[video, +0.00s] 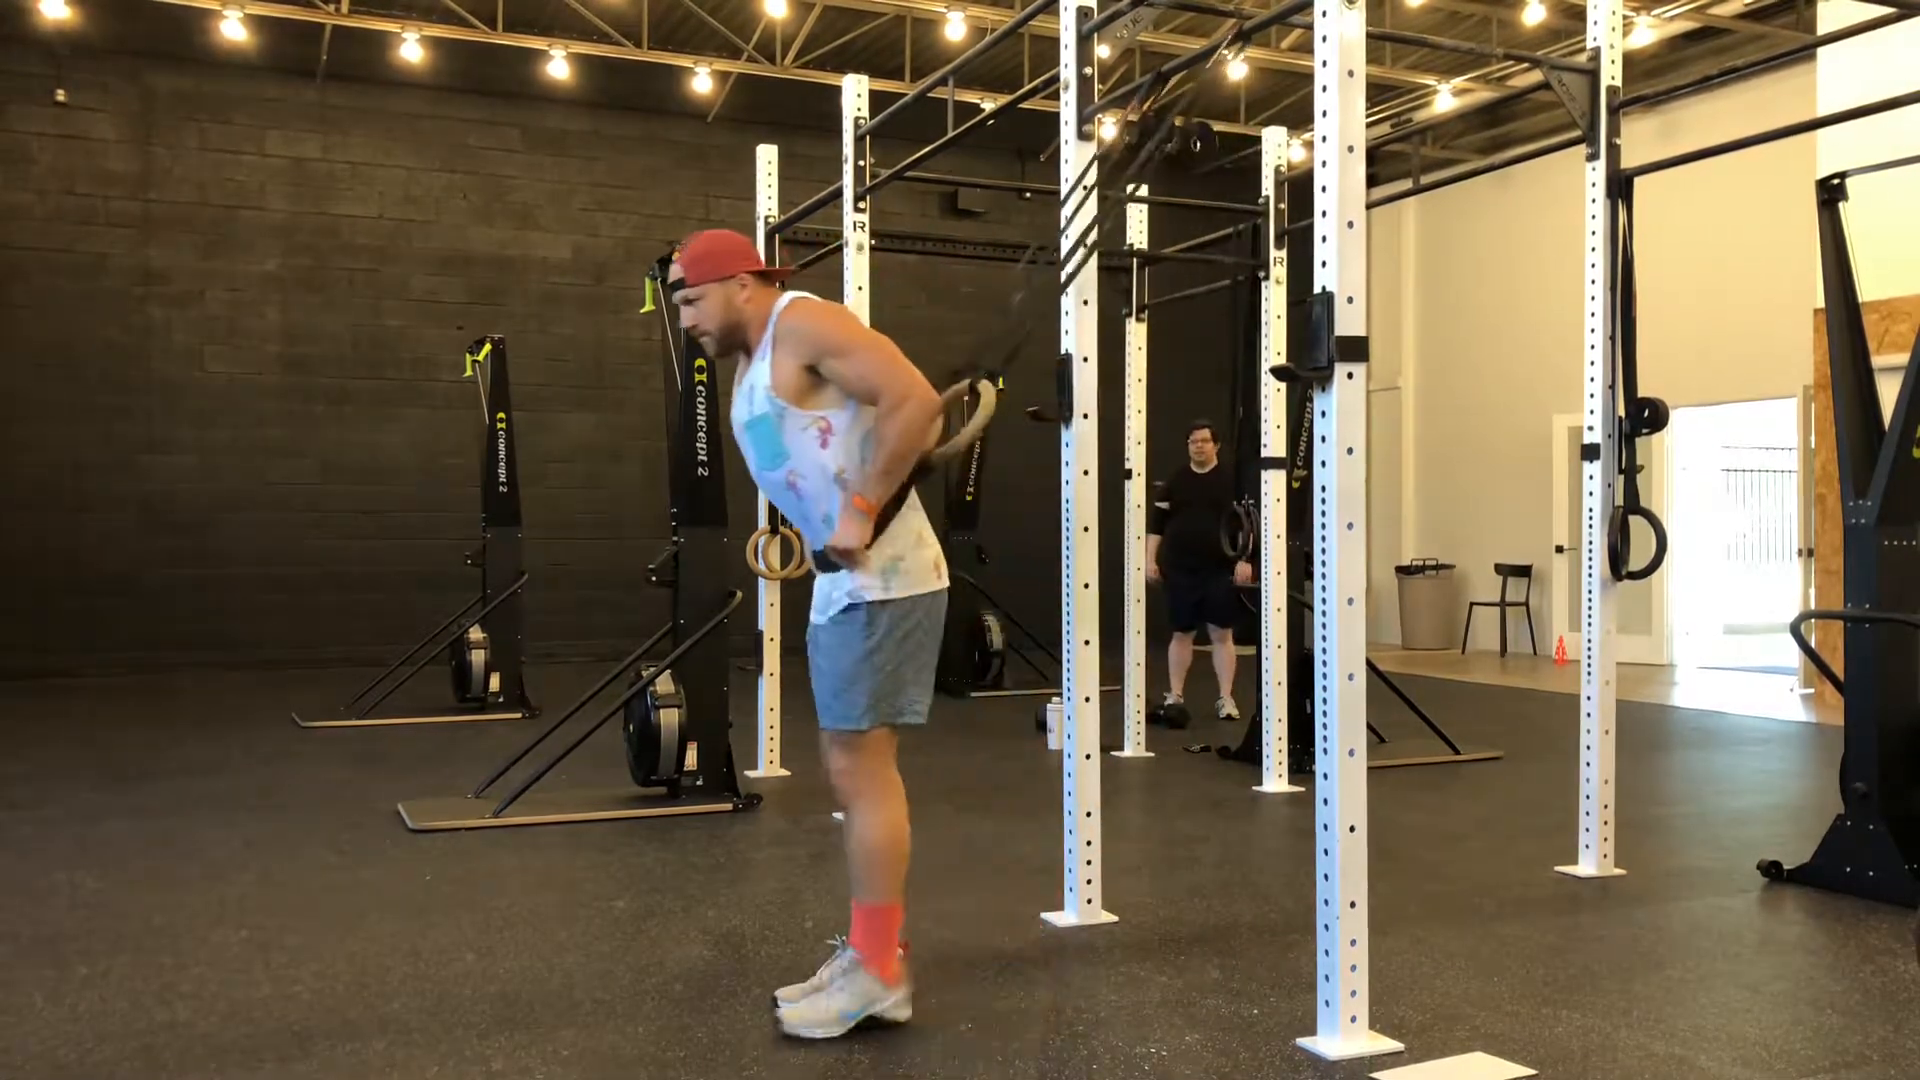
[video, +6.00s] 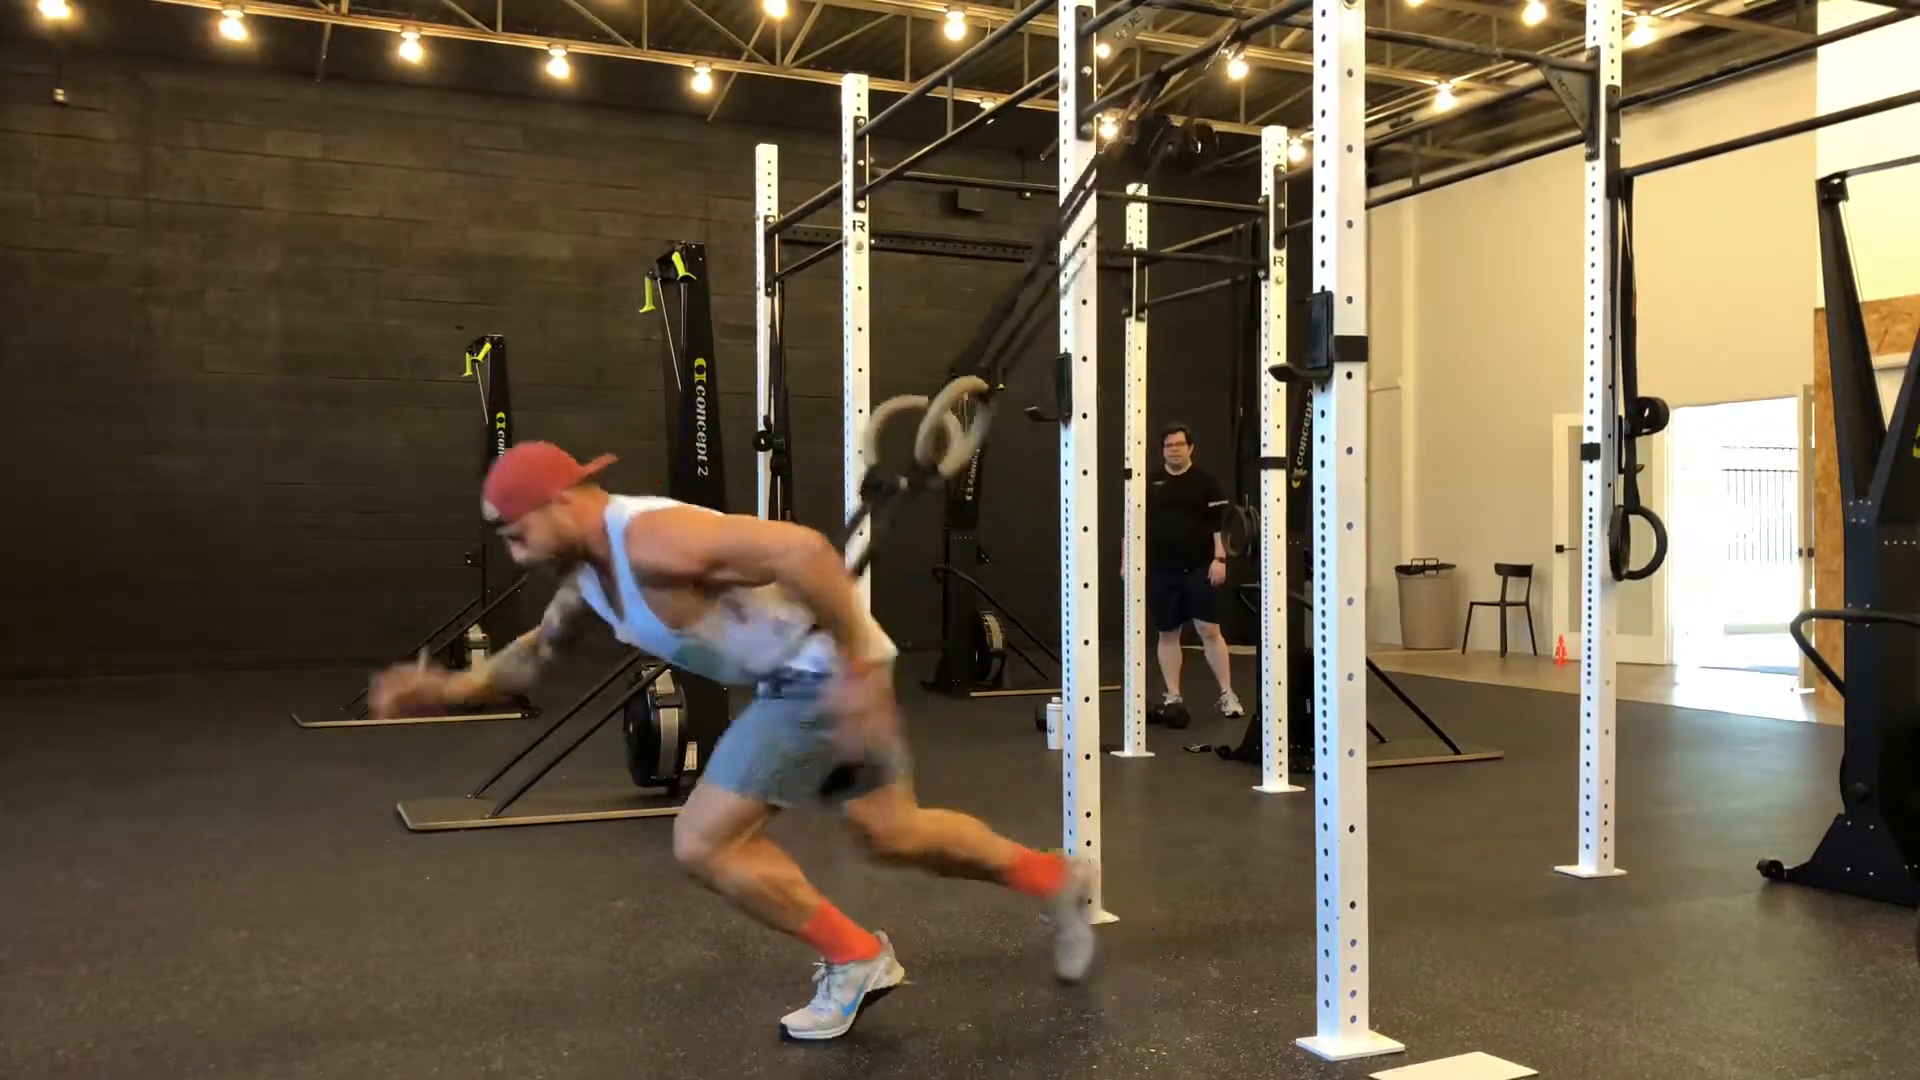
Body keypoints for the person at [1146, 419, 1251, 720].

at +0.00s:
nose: (1198, 447)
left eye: (1203, 442)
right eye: (1193, 442)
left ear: (1215, 445)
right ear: (1187, 446)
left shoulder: (1231, 480)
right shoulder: (1176, 480)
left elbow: (1249, 523)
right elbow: (1157, 522)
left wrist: (1246, 559)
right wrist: (1150, 558)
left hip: (1220, 569)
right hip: (1180, 568)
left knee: (1221, 634)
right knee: (1181, 634)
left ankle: (1226, 698)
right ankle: (1175, 695)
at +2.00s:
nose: (1184, 448)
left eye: (1189, 443)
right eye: (1179, 444)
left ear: (1202, 446)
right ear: (1173, 448)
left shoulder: (1218, 481)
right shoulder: (1162, 484)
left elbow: (1233, 522)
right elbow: (1148, 526)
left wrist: (1232, 558)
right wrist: (1142, 560)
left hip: (1210, 570)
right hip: (1172, 570)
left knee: (1214, 634)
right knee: (1176, 634)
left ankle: (1224, 698)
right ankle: (1174, 696)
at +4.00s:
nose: (1182, 449)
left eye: (1188, 444)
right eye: (1177, 444)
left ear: (1200, 447)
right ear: (1171, 449)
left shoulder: (1217, 480)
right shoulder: (1162, 483)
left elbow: (1233, 521)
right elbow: (1148, 527)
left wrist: (1232, 558)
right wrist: (1142, 563)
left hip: (1209, 569)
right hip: (1171, 570)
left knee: (1212, 634)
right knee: (1175, 634)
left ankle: (1225, 698)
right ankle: (1174, 696)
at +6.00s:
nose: (1174, 451)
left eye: (1179, 445)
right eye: (1168, 446)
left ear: (1191, 448)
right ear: (1162, 450)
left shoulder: (1205, 482)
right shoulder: (1149, 484)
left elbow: (1219, 524)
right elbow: (1133, 524)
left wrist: (1219, 558)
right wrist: (1127, 556)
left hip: (1198, 569)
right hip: (1161, 569)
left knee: (1209, 631)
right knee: (1168, 634)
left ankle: (1226, 693)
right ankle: (1172, 695)